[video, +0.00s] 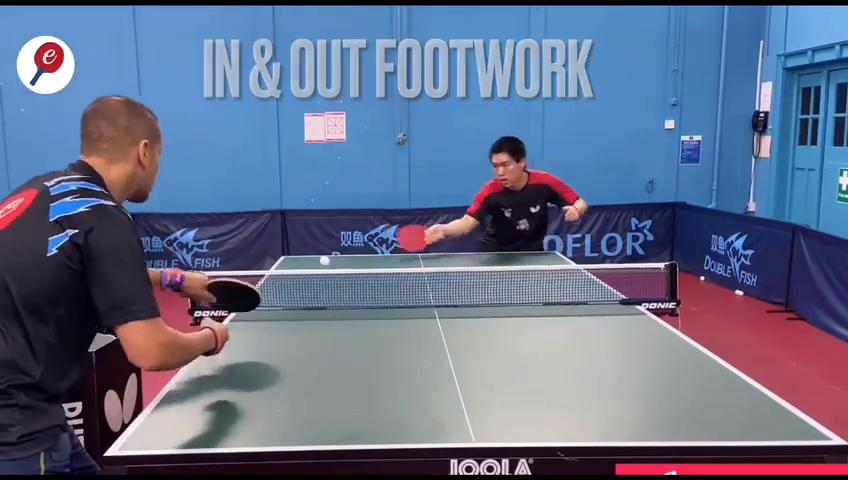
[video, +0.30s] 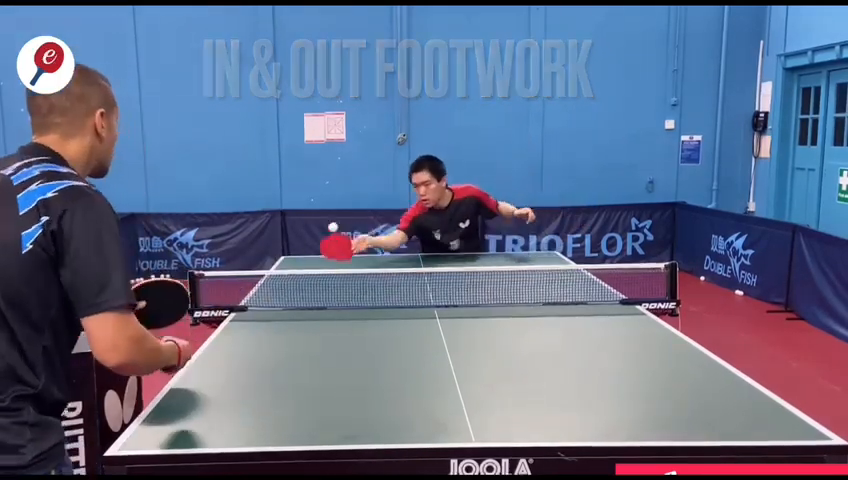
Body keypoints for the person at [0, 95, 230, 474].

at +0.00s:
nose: (156, 170)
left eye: (158, 158)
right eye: (158, 158)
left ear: (90, 145)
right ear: (142, 153)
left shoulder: (37, 191)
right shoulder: (103, 217)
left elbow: (79, 280)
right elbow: (149, 350)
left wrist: (174, 280)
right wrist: (206, 339)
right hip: (23, 431)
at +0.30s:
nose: (117, 137)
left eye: (117, 125)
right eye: (116, 124)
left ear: (40, 121)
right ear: (100, 123)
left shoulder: (7, 174)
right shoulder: (76, 201)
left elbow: (29, 303)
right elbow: (118, 349)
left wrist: (111, 299)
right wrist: (170, 354)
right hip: (22, 443)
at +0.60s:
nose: (150, 179)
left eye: (154, 165)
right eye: (151, 162)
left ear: (79, 143)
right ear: (126, 150)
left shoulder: (16, 189)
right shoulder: (76, 209)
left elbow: (36, 317)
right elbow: (61, 354)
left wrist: (138, 333)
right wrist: (120, 378)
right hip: (11, 438)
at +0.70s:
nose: (158, 182)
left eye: (160, 167)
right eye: (157, 164)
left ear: (127, 153)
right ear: (128, 152)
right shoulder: (59, 209)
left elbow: (116, 302)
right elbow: (25, 346)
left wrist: (218, 319)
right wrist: (96, 378)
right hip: (11, 441)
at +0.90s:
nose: (130, 138)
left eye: (130, 123)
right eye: (126, 121)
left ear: (90, 115)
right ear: (91, 114)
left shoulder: (66, 194)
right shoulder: (15, 186)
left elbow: (138, 250)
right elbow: (3, 332)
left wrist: (232, 269)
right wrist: (72, 360)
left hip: (17, 400)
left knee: (55, 472)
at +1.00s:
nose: (96, 116)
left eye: (94, 101)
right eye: (90, 99)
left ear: (56, 100)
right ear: (56, 99)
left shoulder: (30, 178)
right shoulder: (7, 184)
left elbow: (71, 255)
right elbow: (3, 336)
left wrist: (174, 268)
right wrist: (59, 356)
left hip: (14, 408)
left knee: (45, 469)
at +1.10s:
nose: (59, 106)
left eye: (55, 91)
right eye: (48, 89)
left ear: (16, 90)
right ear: (16, 91)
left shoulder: (3, 182)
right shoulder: (1, 186)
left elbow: (6, 278)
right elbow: (3, 353)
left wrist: (95, 292)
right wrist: (50, 360)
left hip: (8, 421)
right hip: (6, 430)